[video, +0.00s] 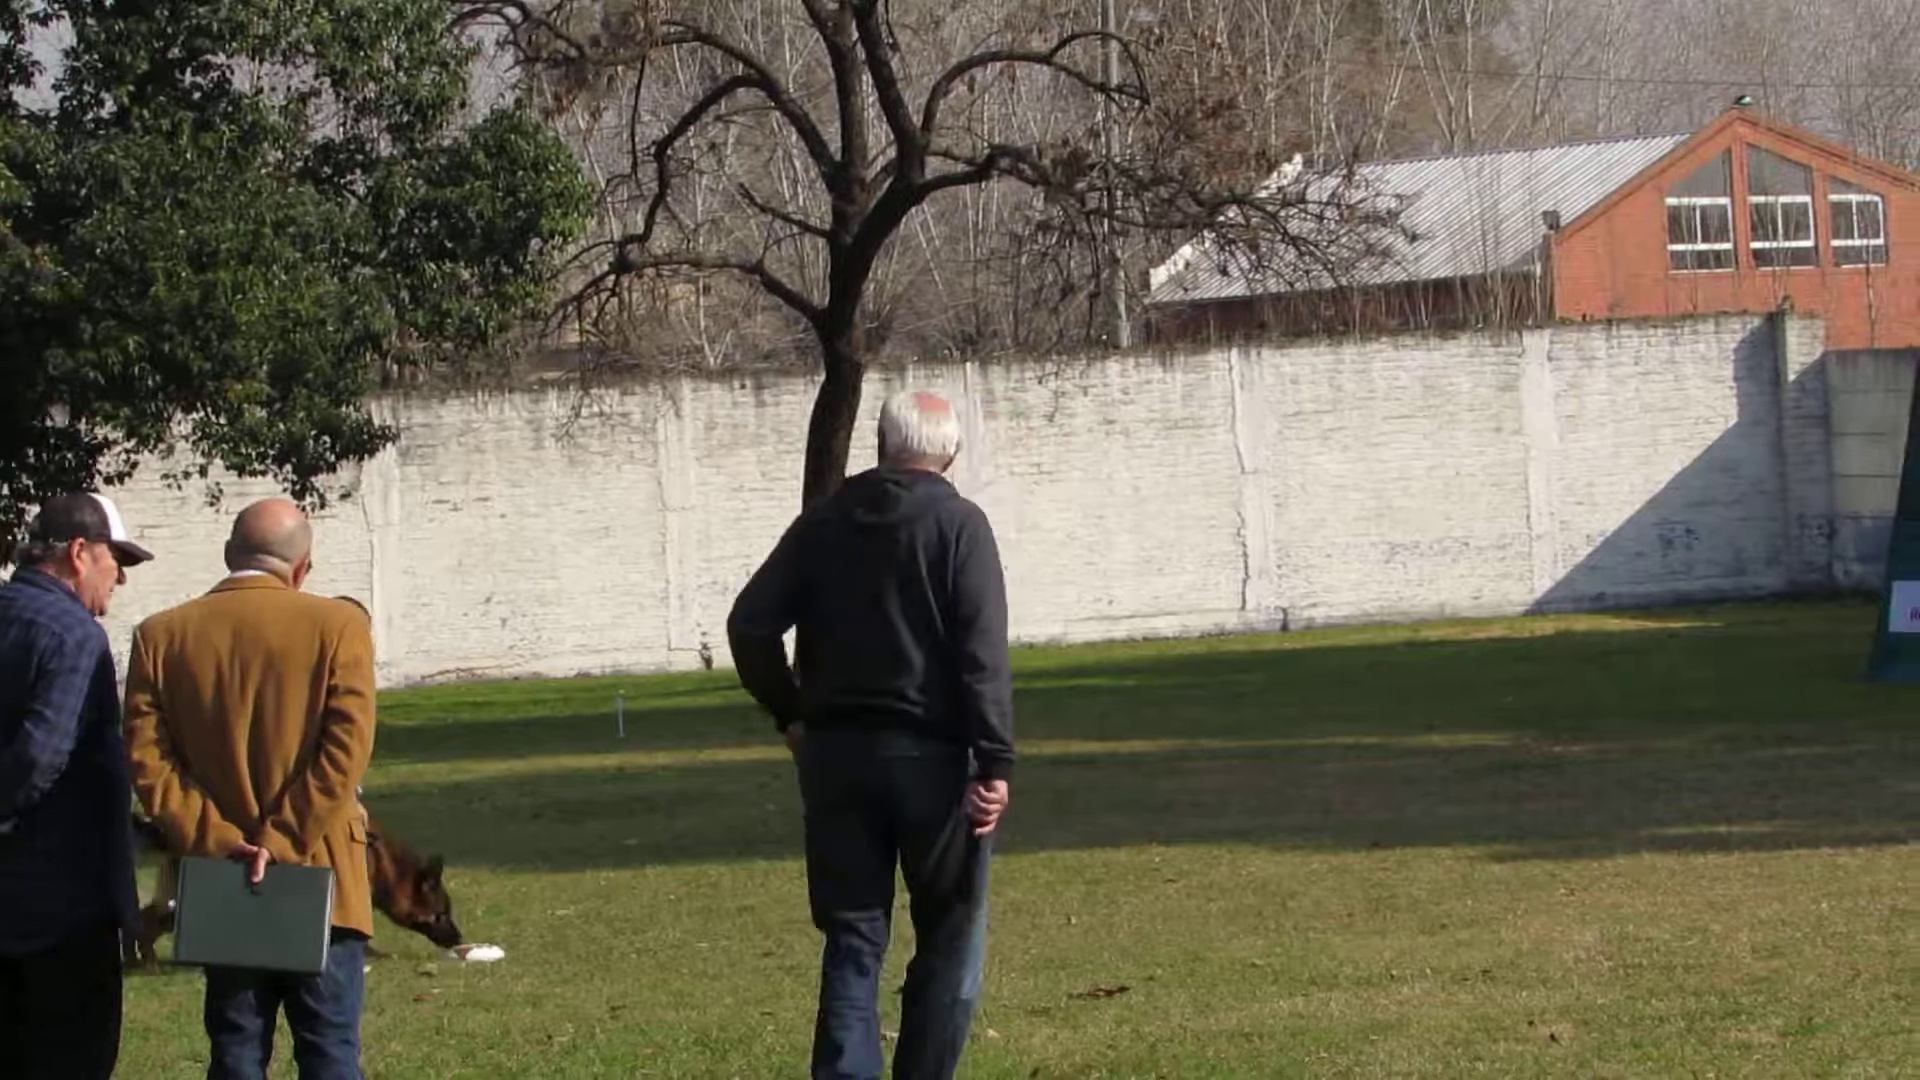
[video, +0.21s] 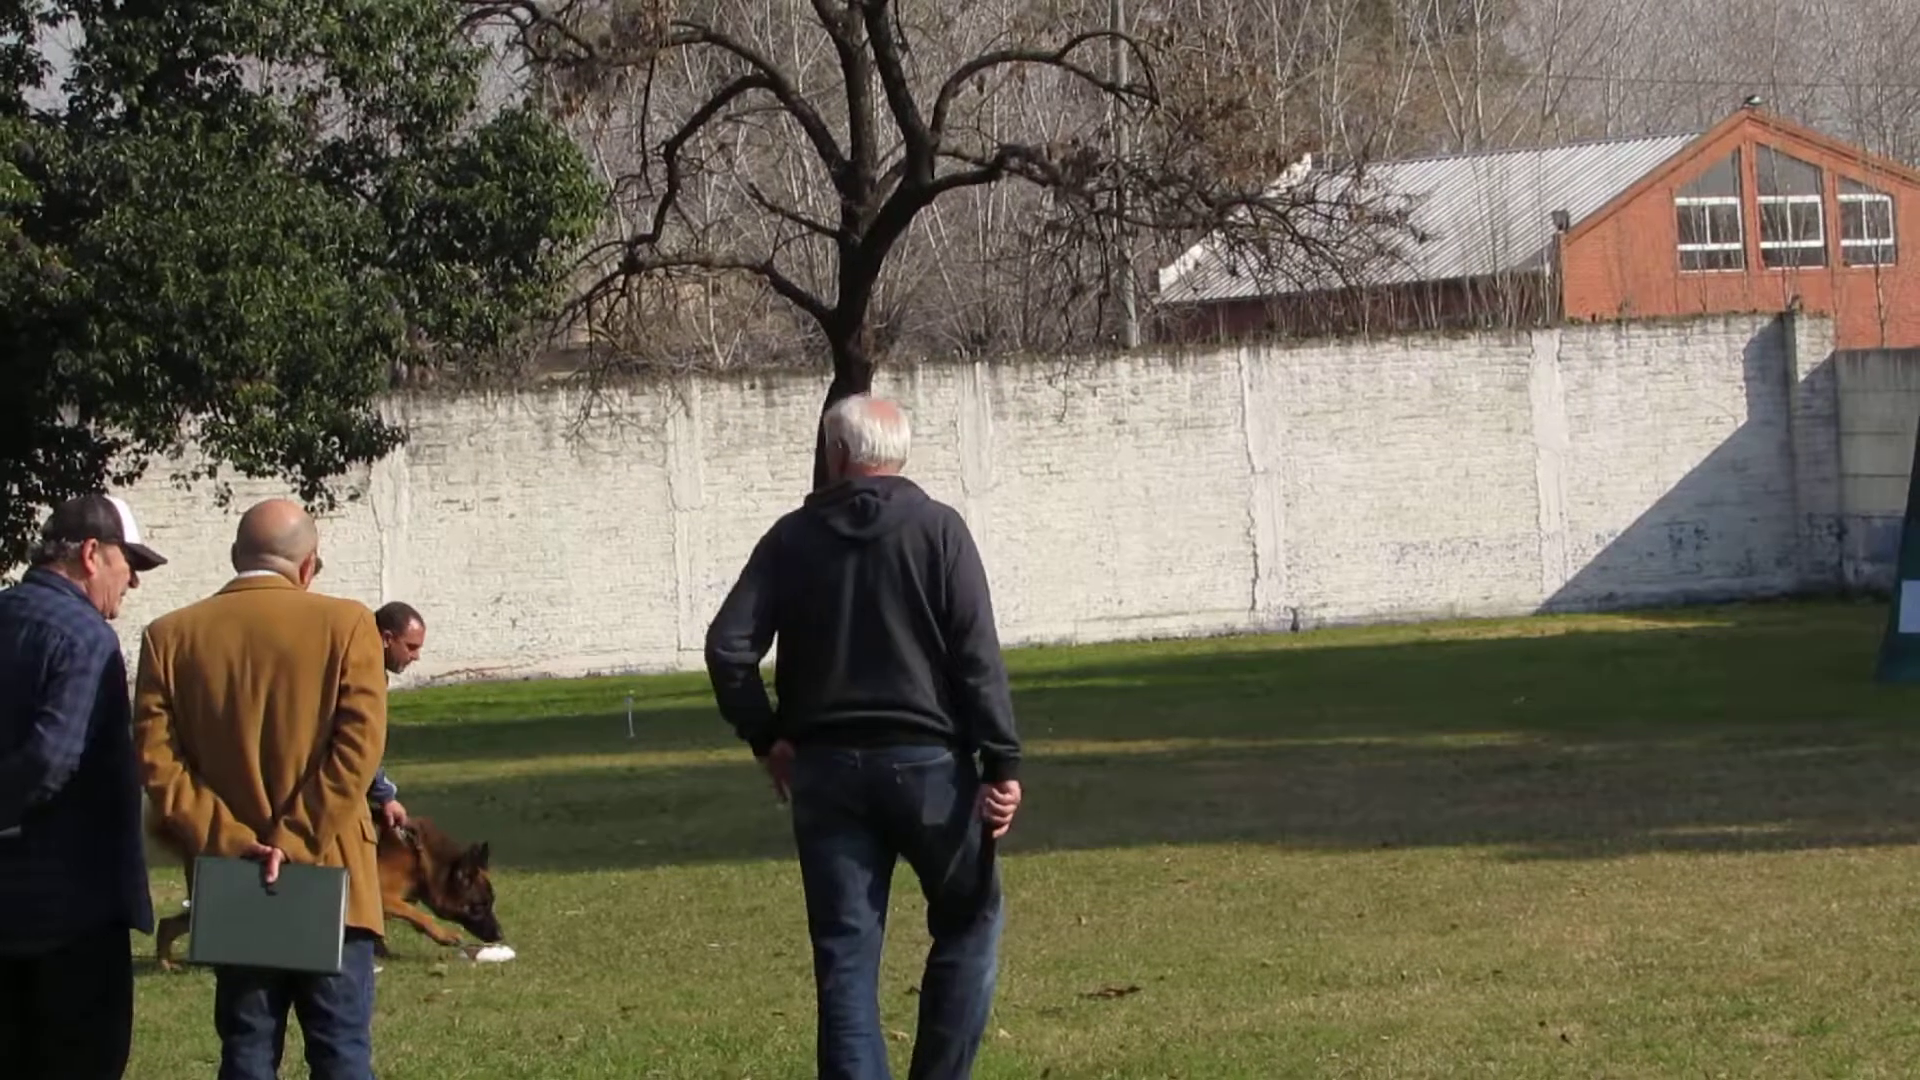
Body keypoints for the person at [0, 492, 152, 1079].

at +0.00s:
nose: (120, 578)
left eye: (122, 565)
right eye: (116, 561)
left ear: (59, 553)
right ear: (78, 554)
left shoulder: (13, 608)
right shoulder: (71, 630)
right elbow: (39, 756)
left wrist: (125, 905)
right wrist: (8, 814)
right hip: (61, 900)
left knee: (26, 1048)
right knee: (75, 1055)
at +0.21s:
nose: (133, 582)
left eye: (135, 569)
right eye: (129, 565)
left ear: (66, 553)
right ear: (90, 555)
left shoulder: (8, 609)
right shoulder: (83, 634)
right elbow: (49, 759)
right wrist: (9, 814)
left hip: (14, 890)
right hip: (71, 898)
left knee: (22, 1047)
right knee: (87, 1056)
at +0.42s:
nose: (138, 583)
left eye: (140, 570)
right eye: (133, 566)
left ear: (67, 554)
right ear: (95, 556)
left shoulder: (9, 612)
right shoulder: (89, 637)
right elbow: (55, 760)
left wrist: (14, 816)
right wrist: (10, 819)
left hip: (14, 894)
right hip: (74, 902)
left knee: (21, 1051)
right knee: (89, 1060)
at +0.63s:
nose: (137, 583)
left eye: (139, 571)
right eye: (132, 567)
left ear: (69, 555)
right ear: (94, 557)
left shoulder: (7, 612)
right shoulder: (89, 639)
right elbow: (54, 760)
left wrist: (13, 818)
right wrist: (10, 821)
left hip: (12, 889)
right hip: (72, 898)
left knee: (20, 1049)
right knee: (86, 1058)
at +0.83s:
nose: (130, 584)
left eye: (132, 571)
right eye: (126, 567)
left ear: (63, 555)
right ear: (88, 558)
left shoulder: (10, 610)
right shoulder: (82, 637)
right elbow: (45, 757)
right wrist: (9, 818)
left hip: (15, 894)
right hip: (68, 902)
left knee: (23, 1049)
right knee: (84, 1057)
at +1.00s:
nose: (129, 580)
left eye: (131, 566)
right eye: (125, 562)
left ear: (67, 552)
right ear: (86, 553)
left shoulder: (12, 608)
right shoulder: (81, 633)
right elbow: (44, 745)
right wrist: (17, 825)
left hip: (16, 896)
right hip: (69, 901)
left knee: (24, 1051)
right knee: (84, 1058)